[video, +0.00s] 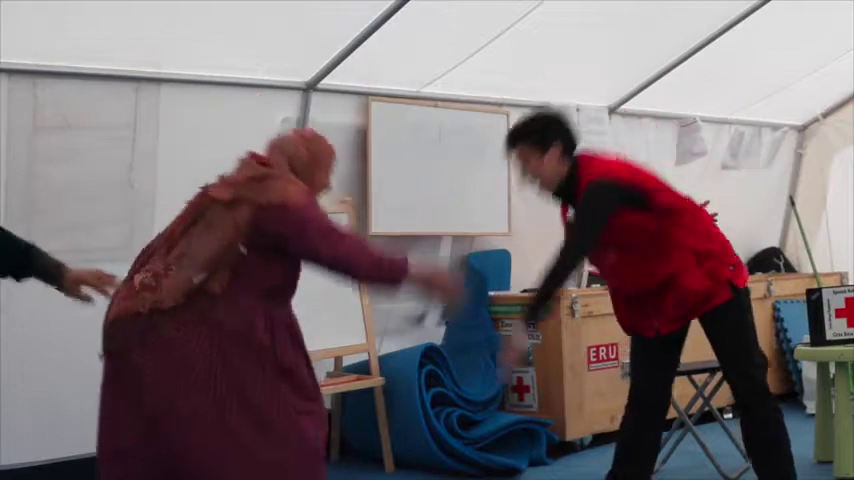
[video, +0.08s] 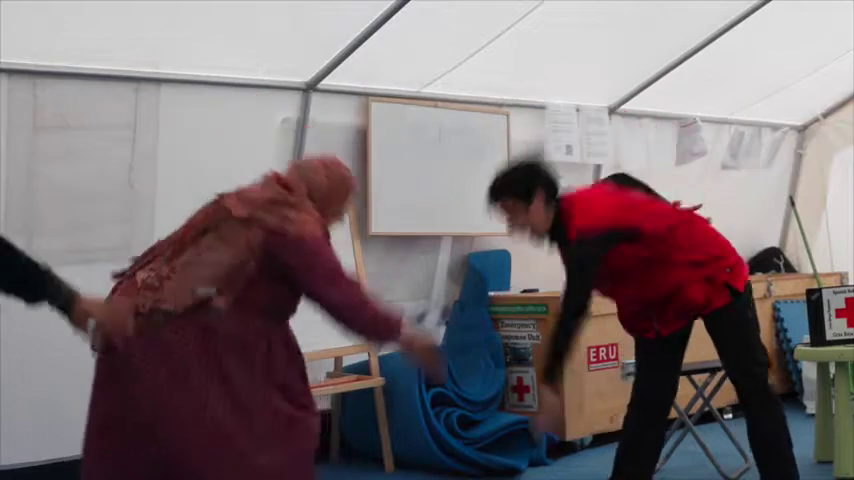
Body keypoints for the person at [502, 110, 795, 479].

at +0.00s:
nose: (527, 175)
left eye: (529, 163)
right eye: (522, 166)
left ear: (556, 151)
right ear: (550, 156)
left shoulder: (601, 180)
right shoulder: (575, 194)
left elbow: (570, 258)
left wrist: (529, 320)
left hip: (708, 276)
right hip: (656, 292)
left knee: (750, 389)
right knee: (645, 404)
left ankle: (777, 473)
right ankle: (627, 475)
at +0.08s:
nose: (513, 225)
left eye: (514, 212)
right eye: (507, 217)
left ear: (539, 198)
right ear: (535, 201)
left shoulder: (586, 224)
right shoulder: (574, 210)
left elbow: (574, 308)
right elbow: (619, 179)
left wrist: (550, 371)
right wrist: (667, 214)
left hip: (713, 276)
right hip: (660, 296)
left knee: (754, 390)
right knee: (648, 407)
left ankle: (780, 471)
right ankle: (630, 473)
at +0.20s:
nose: (513, 298)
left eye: (512, 288)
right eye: (506, 292)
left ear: (531, 272)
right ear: (532, 268)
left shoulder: (584, 281)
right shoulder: (564, 245)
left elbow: (594, 363)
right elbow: (600, 195)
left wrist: (590, 436)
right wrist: (649, 216)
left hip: (713, 275)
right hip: (661, 299)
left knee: (755, 390)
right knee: (651, 406)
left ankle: (784, 473)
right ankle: (632, 473)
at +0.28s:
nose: (531, 336)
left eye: (524, 328)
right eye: (522, 332)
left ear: (536, 306)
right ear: (535, 299)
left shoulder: (590, 310)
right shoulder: (562, 262)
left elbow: (607, 382)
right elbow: (589, 209)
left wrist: (613, 449)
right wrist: (641, 224)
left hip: (712, 272)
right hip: (662, 295)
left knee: (752, 385)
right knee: (652, 398)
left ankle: (784, 474)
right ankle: (639, 475)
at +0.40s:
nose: (533, 361)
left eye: (528, 355)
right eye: (525, 358)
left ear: (542, 331)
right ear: (542, 321)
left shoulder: (595, 325)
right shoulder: (560, 278)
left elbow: (619, 399)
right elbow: (583, 221)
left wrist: (623, 462)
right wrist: (637, 230)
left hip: (711, 270)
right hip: (660, 293)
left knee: (752, 387)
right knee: (653, 397)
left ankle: (783, 473)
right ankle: (646, 475)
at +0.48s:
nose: (532, 351)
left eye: (527, 345)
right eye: (524, 349)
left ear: (541, 322)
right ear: (540, 311)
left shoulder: (594, 319)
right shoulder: (561, 272)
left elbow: (612, 393)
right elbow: (587, 220)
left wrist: (614, 459)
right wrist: (639, 228)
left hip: (712, 270)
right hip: (661, 294)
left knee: (753, 388)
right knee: (652, 399)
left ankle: (782, 474)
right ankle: (639, 475)